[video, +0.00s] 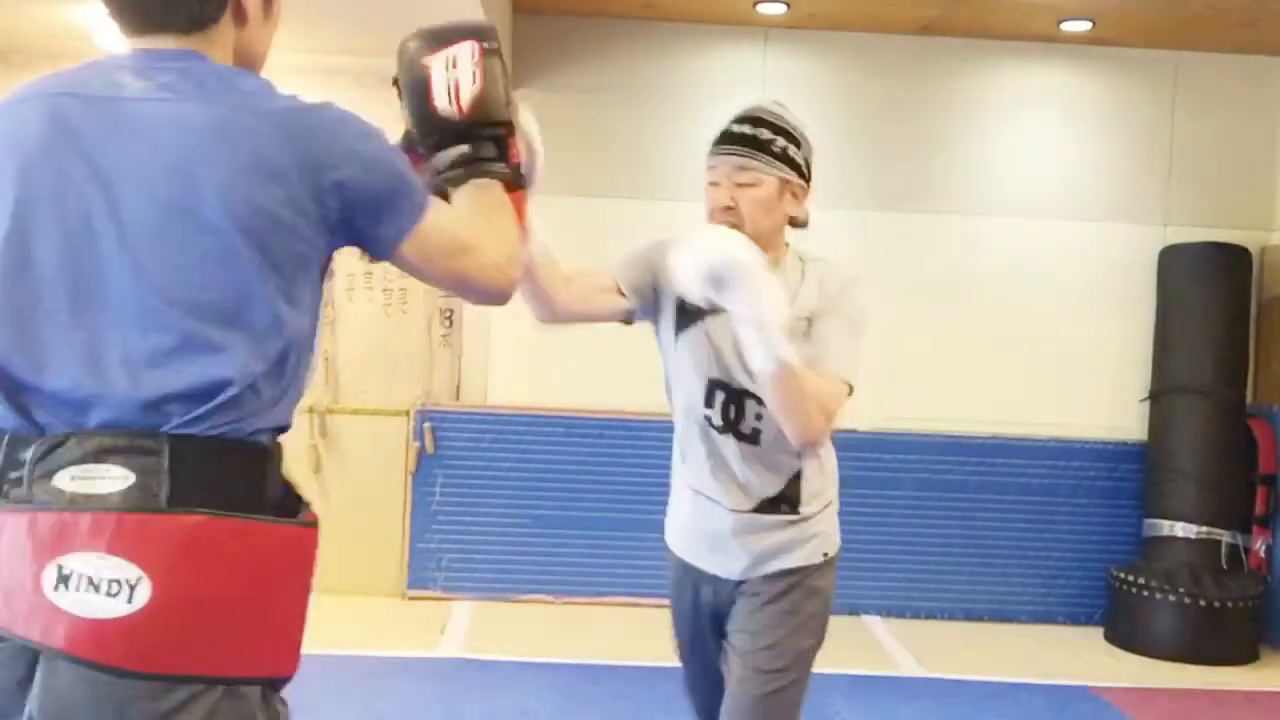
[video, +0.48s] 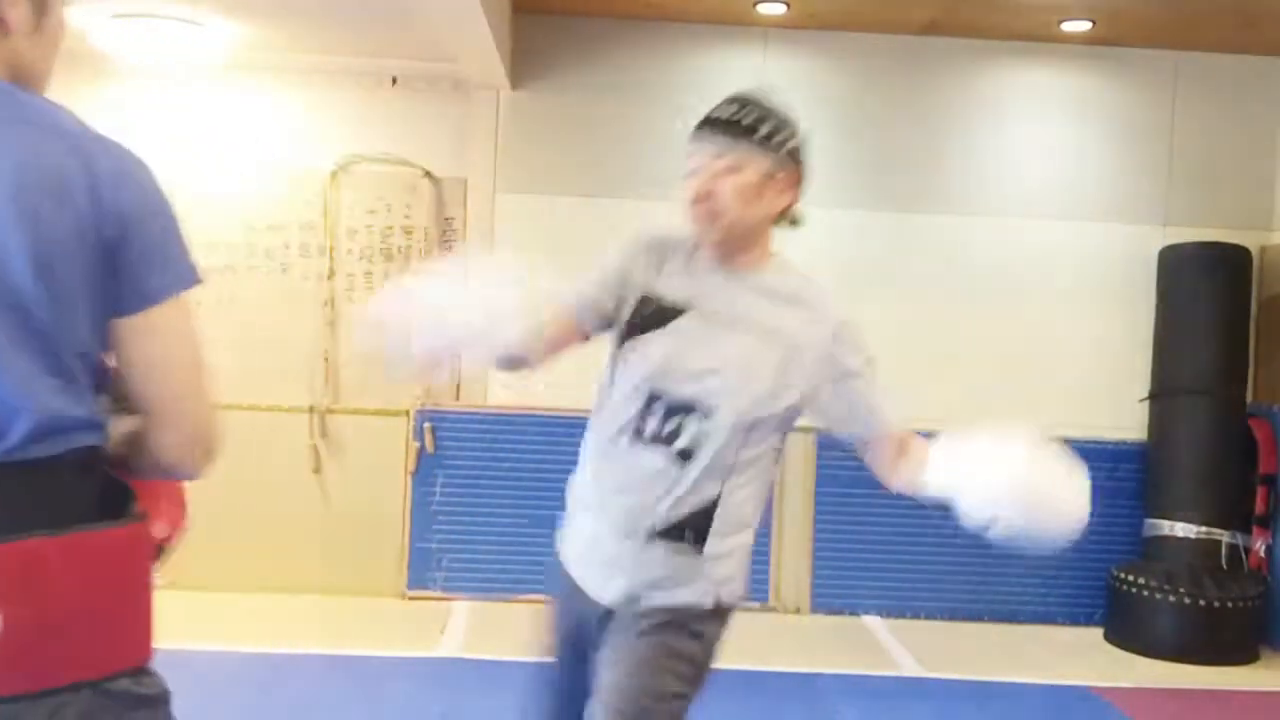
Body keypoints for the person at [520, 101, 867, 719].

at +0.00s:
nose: (724, 199)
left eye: (745, 183)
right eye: (714, 183)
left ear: (795, 196)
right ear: (701, 189)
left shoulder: (829, 289)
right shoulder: (677, 267)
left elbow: (809, 423)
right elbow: (556, 298)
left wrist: (750, 302)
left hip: (789, 560)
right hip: (694, 549)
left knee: (751, 711)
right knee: (710, 706)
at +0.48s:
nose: (702, 187)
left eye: (728, 169)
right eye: (695, 168)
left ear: (784, 187)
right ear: (683, 176)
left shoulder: (814, 327)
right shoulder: (650, 262)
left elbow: (892, 454)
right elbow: (535, 344)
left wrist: (972, 472)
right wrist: (470, 325)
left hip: (680, 593)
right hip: (583, 565)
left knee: (618, 709)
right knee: (567, 707)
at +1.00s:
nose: (611, 156)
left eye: (630, 133)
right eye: (613, 135)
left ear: (702, 143)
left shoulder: (762, 268)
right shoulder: (638, 253)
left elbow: (764, 448)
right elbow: (614, 406)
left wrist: (674, 318)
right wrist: (497, 392)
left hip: (636, 591)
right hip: (555, 544)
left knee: (581, 709)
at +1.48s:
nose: (591, 206)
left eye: (599, 185)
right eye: (592, 185)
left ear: (650, 188)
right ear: (659, 190)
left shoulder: (656, 289)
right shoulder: (748, 269)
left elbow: (652, 458)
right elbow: (708, 348)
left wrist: (545, 397)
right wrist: (591, 314)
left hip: (687, 601)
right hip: (787, 590)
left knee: (597, 708)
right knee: (807, 710)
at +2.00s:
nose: (831, 199)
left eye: (840, 182)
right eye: (835, 182)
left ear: (887, 188)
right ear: (902, 191)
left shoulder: (862, 270)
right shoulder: (981, 284)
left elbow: (856, 424)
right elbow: (937, 412)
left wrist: (775, 373)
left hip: (863, 576)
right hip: (963, 577)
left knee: (758, 710)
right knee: (945, 714)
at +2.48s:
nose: (797, 223)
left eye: (803, 205)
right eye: (798, 205)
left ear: (841, 207)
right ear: (874, 209)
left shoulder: (837, 294)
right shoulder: (961, 290)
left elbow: (837, 456)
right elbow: (995, 433)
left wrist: (746, 405)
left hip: (860, 591)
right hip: (962, 584)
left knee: (756, 711)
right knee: (960, 713)